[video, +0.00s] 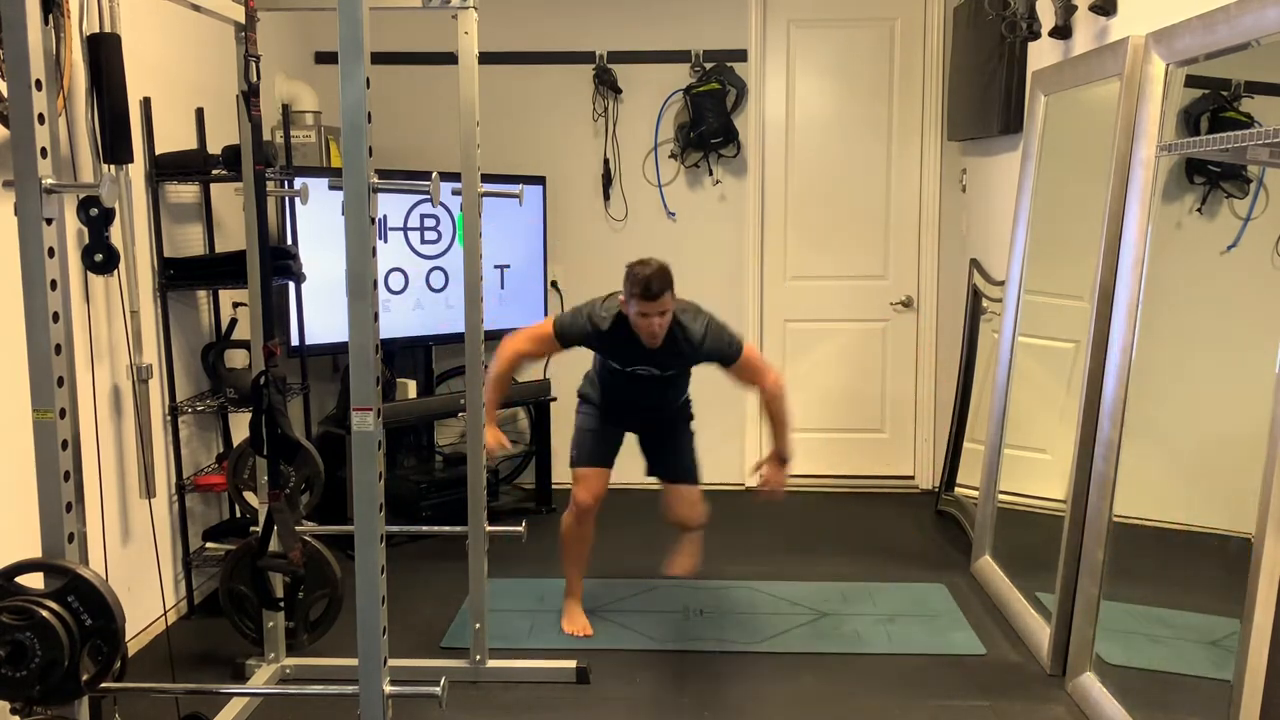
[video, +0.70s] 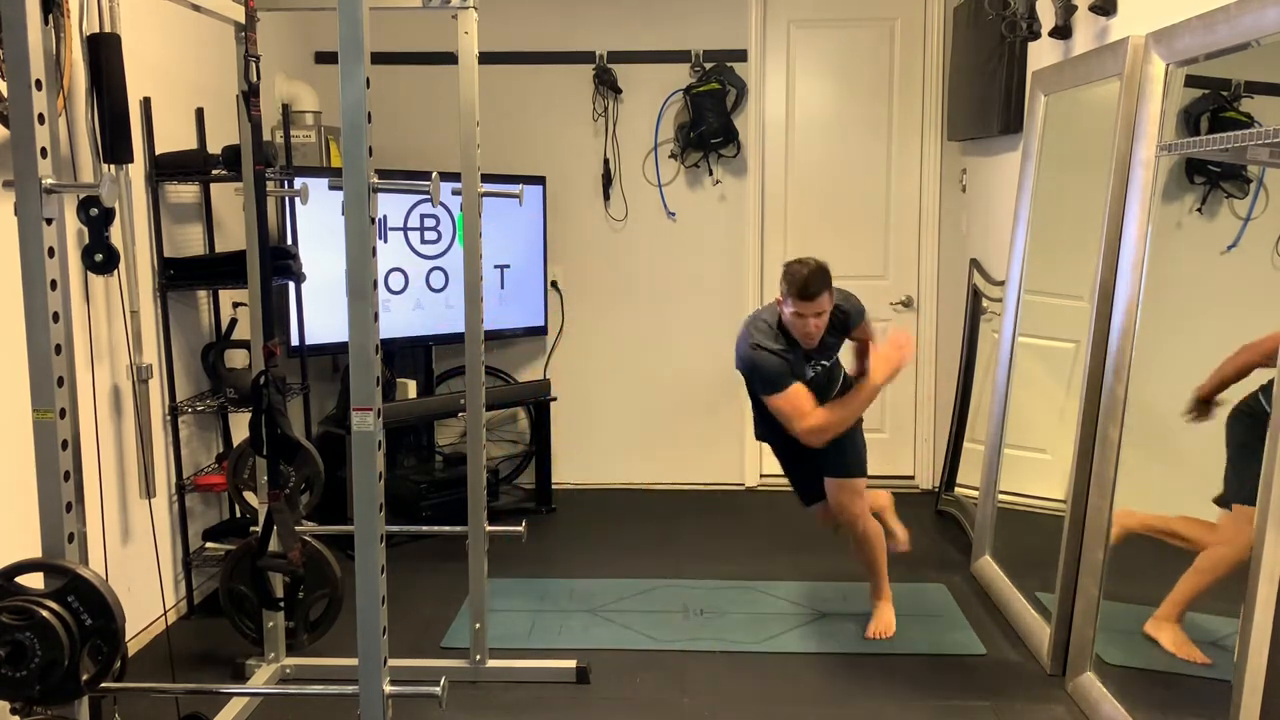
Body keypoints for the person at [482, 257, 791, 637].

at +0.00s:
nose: (657, 324)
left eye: (664, 313)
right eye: (646, 315)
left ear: (673, 302)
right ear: (625, 304)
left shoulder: (697, 328)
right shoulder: (598, 319)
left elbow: (770, 381)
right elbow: (513, 347)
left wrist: (780, 454)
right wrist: (489, 419)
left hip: (666, 411)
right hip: (604, 407)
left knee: (687, 514)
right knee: (585, 501)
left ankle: (692, 530)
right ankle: (573, 601)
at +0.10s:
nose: (675, 306)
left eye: (682, 295)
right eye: (664, 297)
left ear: (692, 282)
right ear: (646, 288)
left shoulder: (721, 298)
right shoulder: (620, 320)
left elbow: (797, 309)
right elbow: (557, 388)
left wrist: (821, 368)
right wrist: (570, 472)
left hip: (698, 396)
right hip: (633, 401)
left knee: (741, 487)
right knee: (599, 499)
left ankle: (786, 542)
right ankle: (574, 597)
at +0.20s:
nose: (708, 292)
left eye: (715, 280)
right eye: (698, 283)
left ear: (727, 267)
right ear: (680, 273)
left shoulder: (751, 267)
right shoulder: (660, 311)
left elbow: (810, 264)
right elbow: (641, 404)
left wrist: (824, 311)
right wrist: (702, 468)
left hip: (746, 374)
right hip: (683, 386)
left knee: (791, 475)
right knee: (642, 480)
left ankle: (851, 571)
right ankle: (596, 579)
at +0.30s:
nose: (751, 292)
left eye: (759, 281)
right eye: (740, 283)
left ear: (769, 267)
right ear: (719, 271)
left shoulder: (783, 263)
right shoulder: (702, 316)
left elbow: (818, 246)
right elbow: (731, 411)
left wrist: (818, 290)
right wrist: (817, 416)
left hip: (785, 379)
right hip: (726, 389)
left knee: (825, 487)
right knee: (700, 495)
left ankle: (875, 591)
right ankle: (697, 530)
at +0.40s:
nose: (787, 309)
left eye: (794, 297)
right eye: (775, 299)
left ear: (804, 284)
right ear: (754, 289)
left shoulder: (815, 285)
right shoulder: (741, 342)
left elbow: (814, 259)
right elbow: (815, 416)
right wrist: (870, 360)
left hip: (816, 392)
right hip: (761, 411)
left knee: (843, 505)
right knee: (781, 516)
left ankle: (879, 597)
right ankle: (803, 501)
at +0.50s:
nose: (807, 325)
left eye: (815, 313)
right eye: (795, 316)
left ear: (824, 301)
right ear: (774, 305)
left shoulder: (829, 297)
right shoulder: (764, 363)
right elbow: (851, 414)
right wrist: (881, 339)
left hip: (834, 409)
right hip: (789, 432)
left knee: (848, 507)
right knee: (836, 500)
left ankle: (880, 597)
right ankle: (873, 532)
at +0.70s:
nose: (812, 326)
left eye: (820, 314)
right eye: (801, 316)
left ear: (830, 302)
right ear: (782, 305)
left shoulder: (844, 310)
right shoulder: (759, 347)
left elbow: (863, 338)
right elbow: (811, 430)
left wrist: (862, 377)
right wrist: (879, 378)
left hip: (834, 410)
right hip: (785, 433)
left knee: (852, 510)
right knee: (828, 515)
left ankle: (882, 597)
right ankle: (879, 503)